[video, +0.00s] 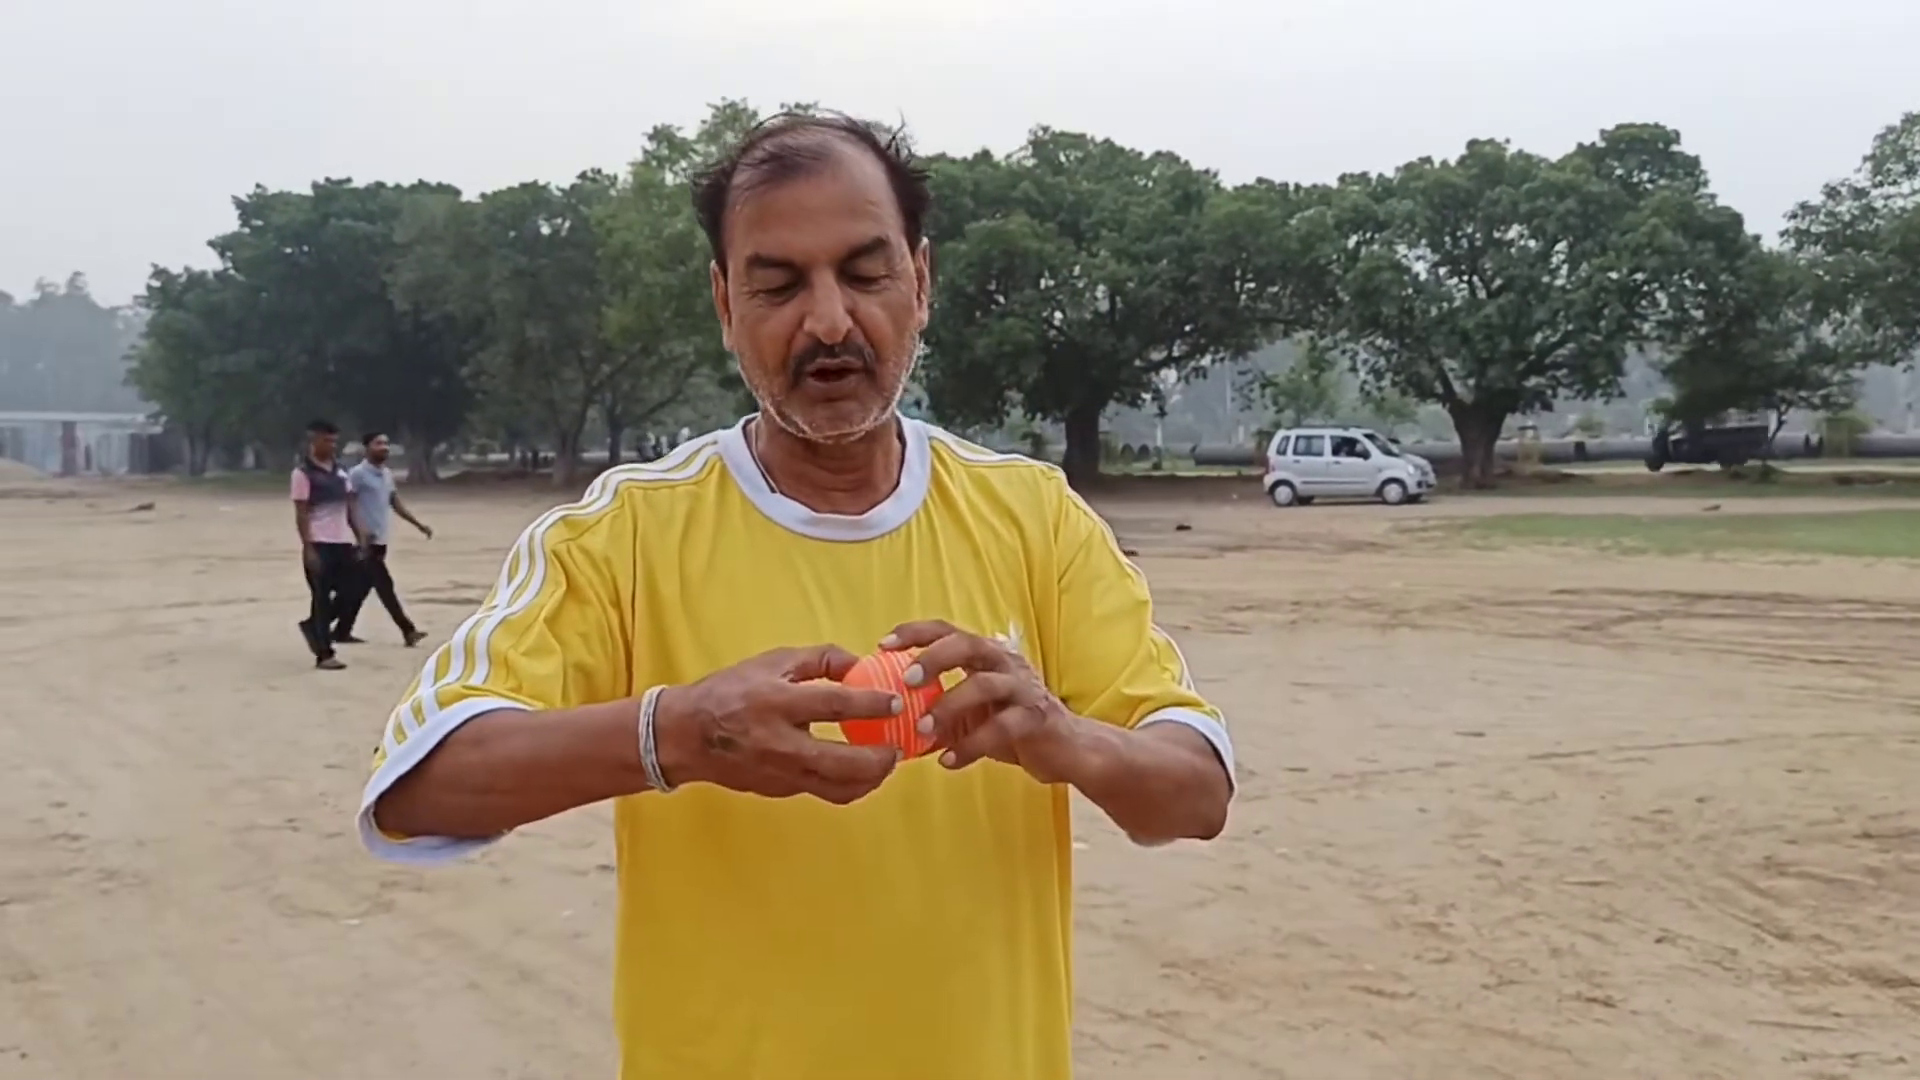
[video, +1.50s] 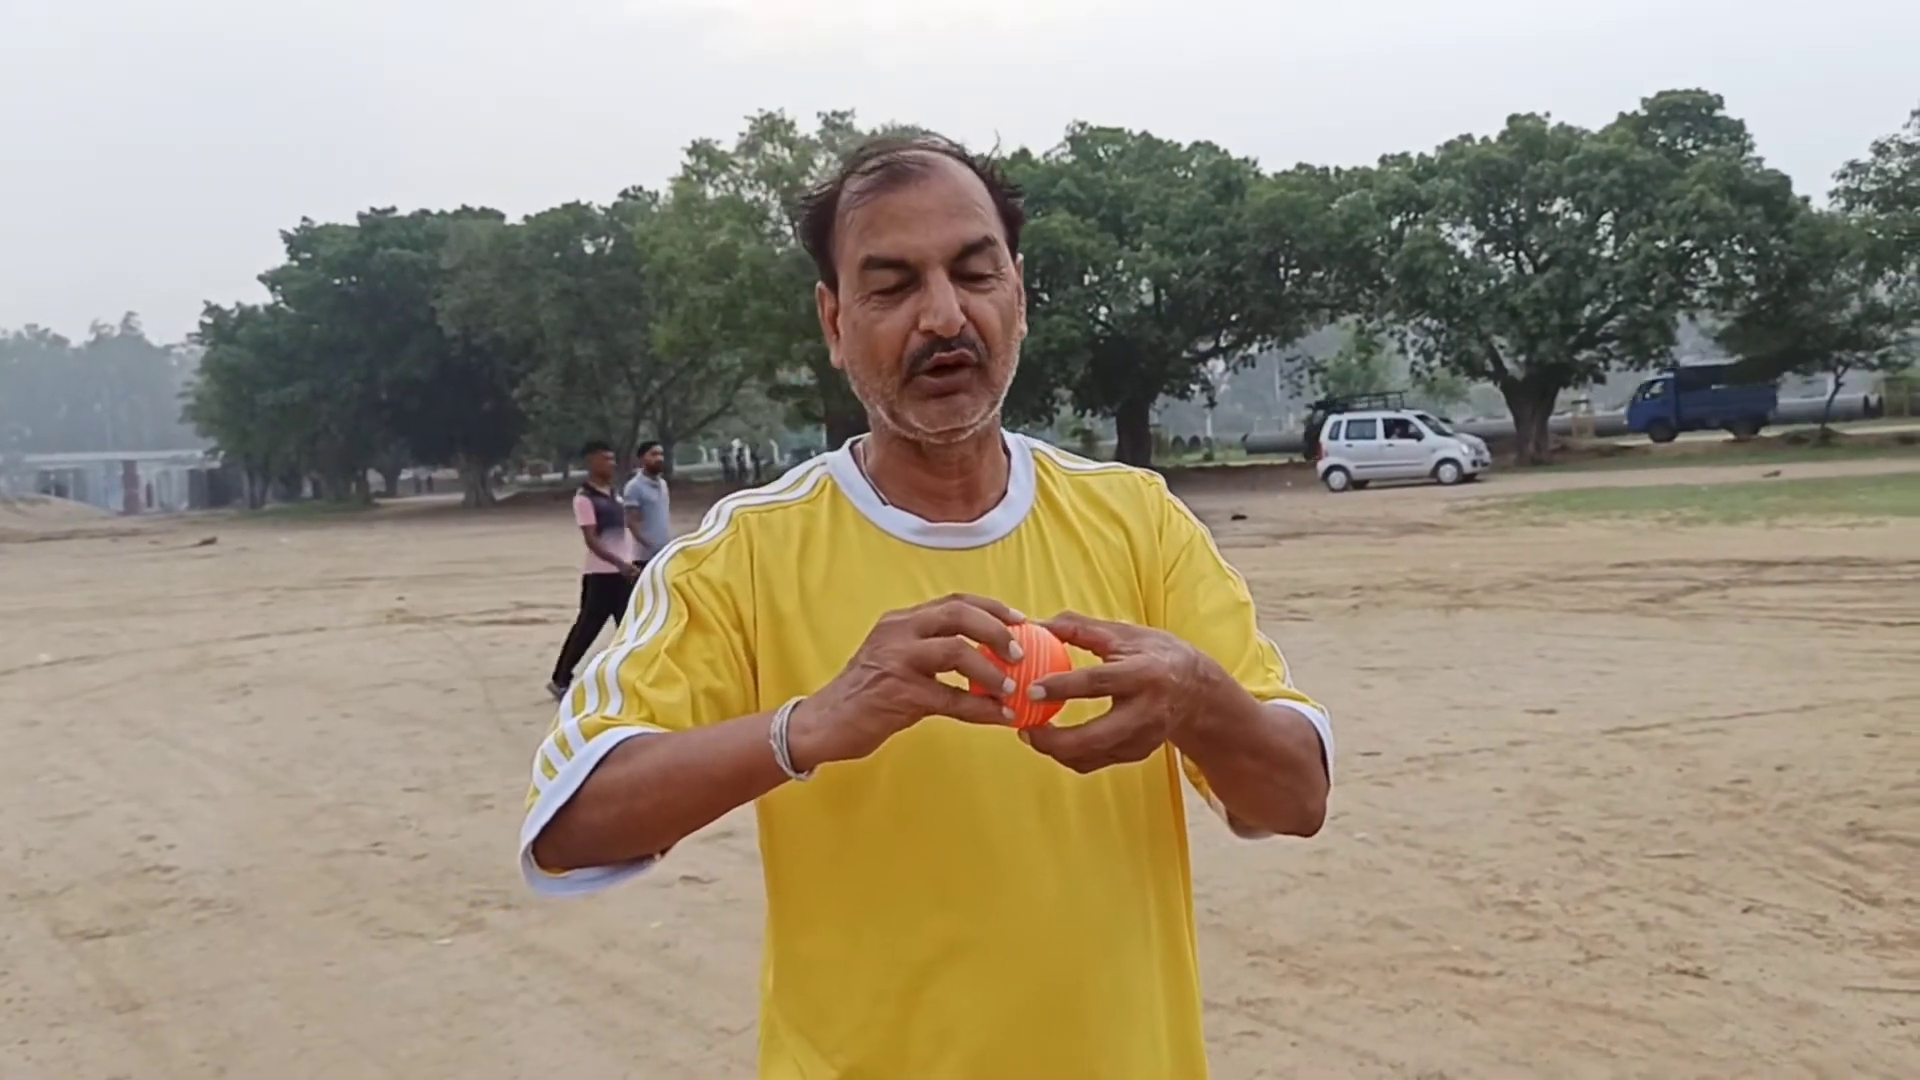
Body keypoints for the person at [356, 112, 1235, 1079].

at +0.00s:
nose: (828, 319)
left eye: (863, 271)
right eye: (777, 283)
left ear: (920, 284)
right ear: (725, 310)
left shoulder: (1038, 522)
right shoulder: (623, 535)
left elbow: (1201, 797)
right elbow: (414, 789)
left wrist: (1075, 749)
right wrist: (673, 737)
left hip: (994, 1053)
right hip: (712, 1053)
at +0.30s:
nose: (836, 293)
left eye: (874, 251)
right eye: (788, 263)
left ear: (931, 287)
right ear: (742, 315)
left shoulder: (1057, 516)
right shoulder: (648, 540)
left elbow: (1216, 797)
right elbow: (455, 806)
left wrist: (1099, 723)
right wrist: (702, 717)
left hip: (1029, 1050)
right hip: (752, 1052)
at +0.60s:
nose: (873, 290)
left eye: (908, 251)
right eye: (823, 263)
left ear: (960, 293)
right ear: (773, 322)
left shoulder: (1088, 516)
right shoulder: (684, 552)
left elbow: (1249, 800)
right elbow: (497, 828)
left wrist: (1131, 709)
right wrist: (746, 709)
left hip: (1076, 1051)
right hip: (795, 1053)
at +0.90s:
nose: (894, 306)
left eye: (927, 264)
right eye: (844, 277)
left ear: (977, 298)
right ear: (792, 327)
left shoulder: (1109, 520)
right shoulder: (705, 560)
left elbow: (1268, 805)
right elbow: (522, 836)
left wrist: (1160, 704)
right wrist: (771, 714)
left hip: (1100, 1052)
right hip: (817, 1053)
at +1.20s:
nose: (909, 321)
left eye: (942, 277)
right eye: (858, 291)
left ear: (990, 305)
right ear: (804, 333)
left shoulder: (1116, 523)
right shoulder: (718, 565)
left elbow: (1279, 806)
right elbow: (534, 839)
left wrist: (1177, 711)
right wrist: (786, 727)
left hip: (1110, 1051)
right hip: (827, 1053)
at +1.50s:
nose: (943, 315)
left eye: (974, 272)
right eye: (893, 284)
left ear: (1018, 299)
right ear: (836, 326)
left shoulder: (1138, 522)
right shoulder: (744, 556)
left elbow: (1297, 803)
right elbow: (565, 824)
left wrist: (1201, 704)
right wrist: (813, 727)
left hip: (1130, 1051)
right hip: (853, 1053)